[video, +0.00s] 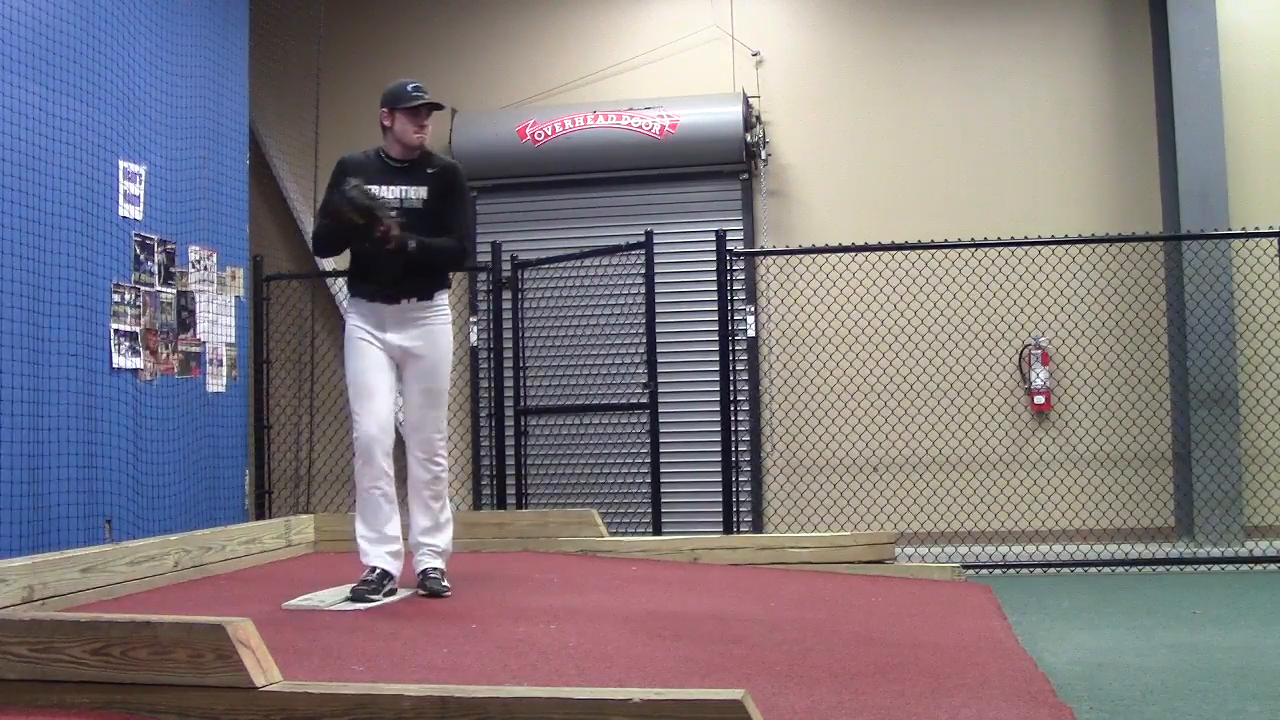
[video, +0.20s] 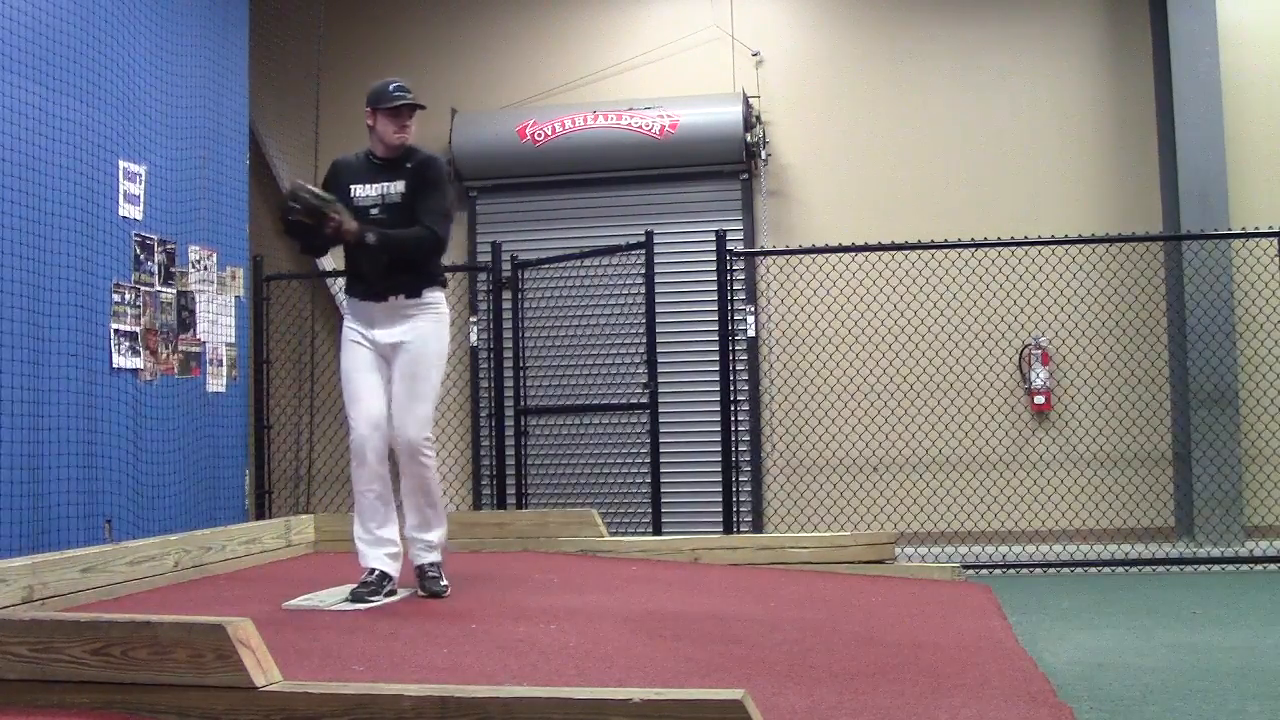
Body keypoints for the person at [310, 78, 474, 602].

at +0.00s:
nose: (423, 123)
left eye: (427, 115)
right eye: (414, 115)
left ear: (431, 121)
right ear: (386, 118)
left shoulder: (446, 174)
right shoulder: (352, 169)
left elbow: (462, 251)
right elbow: (323, 243)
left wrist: (405, 243)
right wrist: (355, 222)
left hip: (428, 321)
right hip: (367, 321)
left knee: (428, 443)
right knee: (371, 437)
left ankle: (432, 559)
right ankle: (381, 564)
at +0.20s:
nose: (405, 123)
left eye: (410, 115)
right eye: (395, 115)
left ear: (416, 120)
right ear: (370, 119)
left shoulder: (429, 167)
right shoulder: (344, 170)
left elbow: (432, 240)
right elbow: (320, 245)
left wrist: (360, 234)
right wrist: (304, 224)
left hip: (421, 317)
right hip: (362, 320)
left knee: (411, 436)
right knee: (366, 434)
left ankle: (428, 556)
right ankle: (379, 566)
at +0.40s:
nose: (391, 125)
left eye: (398, 117)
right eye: (381, 117)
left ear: (408, 121)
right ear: (362, 120)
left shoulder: (417, 163)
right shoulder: (340, 173)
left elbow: (413, 223)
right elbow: (296, 232)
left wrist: (338, 199)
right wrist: (303, 196)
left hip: (420, 298)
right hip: (365, 308)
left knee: (361, 362)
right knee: (368, 427)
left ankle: (379, 515)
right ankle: (381, 566)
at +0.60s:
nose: (382, 125)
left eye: (390, 116)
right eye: (373, 116)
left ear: (401, 119)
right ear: (354, 119)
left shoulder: (412, 157)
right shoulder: (336, 169)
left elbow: (411, 211)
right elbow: (279, 218)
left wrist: (338, 172)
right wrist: (300, 168)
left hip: (432, 296)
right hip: (378, 310)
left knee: (354, 257)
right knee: (373, 432)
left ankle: (345, 397)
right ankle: (380, 566)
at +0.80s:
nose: (393, 122)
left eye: (398, 113)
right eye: (383, 114)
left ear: (404, 117)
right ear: (357, 119)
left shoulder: (413, 156)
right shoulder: (338, 171)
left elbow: (424, 212)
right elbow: (278, 224)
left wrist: (345, 179)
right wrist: (307, 182)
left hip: (438, 292)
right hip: (380, 306)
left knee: (364, 314)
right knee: (377, 444)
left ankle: (369, 450)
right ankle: (379, 567)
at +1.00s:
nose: (395, 159)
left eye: (399, 150)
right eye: (384, 151)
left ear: (404, 153)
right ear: (357, 156)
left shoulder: (412, 195)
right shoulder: (340, 210)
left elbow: (437, 243)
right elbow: (293, 282)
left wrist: (364, 236)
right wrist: (317, 245)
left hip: (454, 331)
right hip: (397, 344)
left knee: (402, 401)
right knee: (363, 444)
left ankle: (403, 544)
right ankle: (376, 566)